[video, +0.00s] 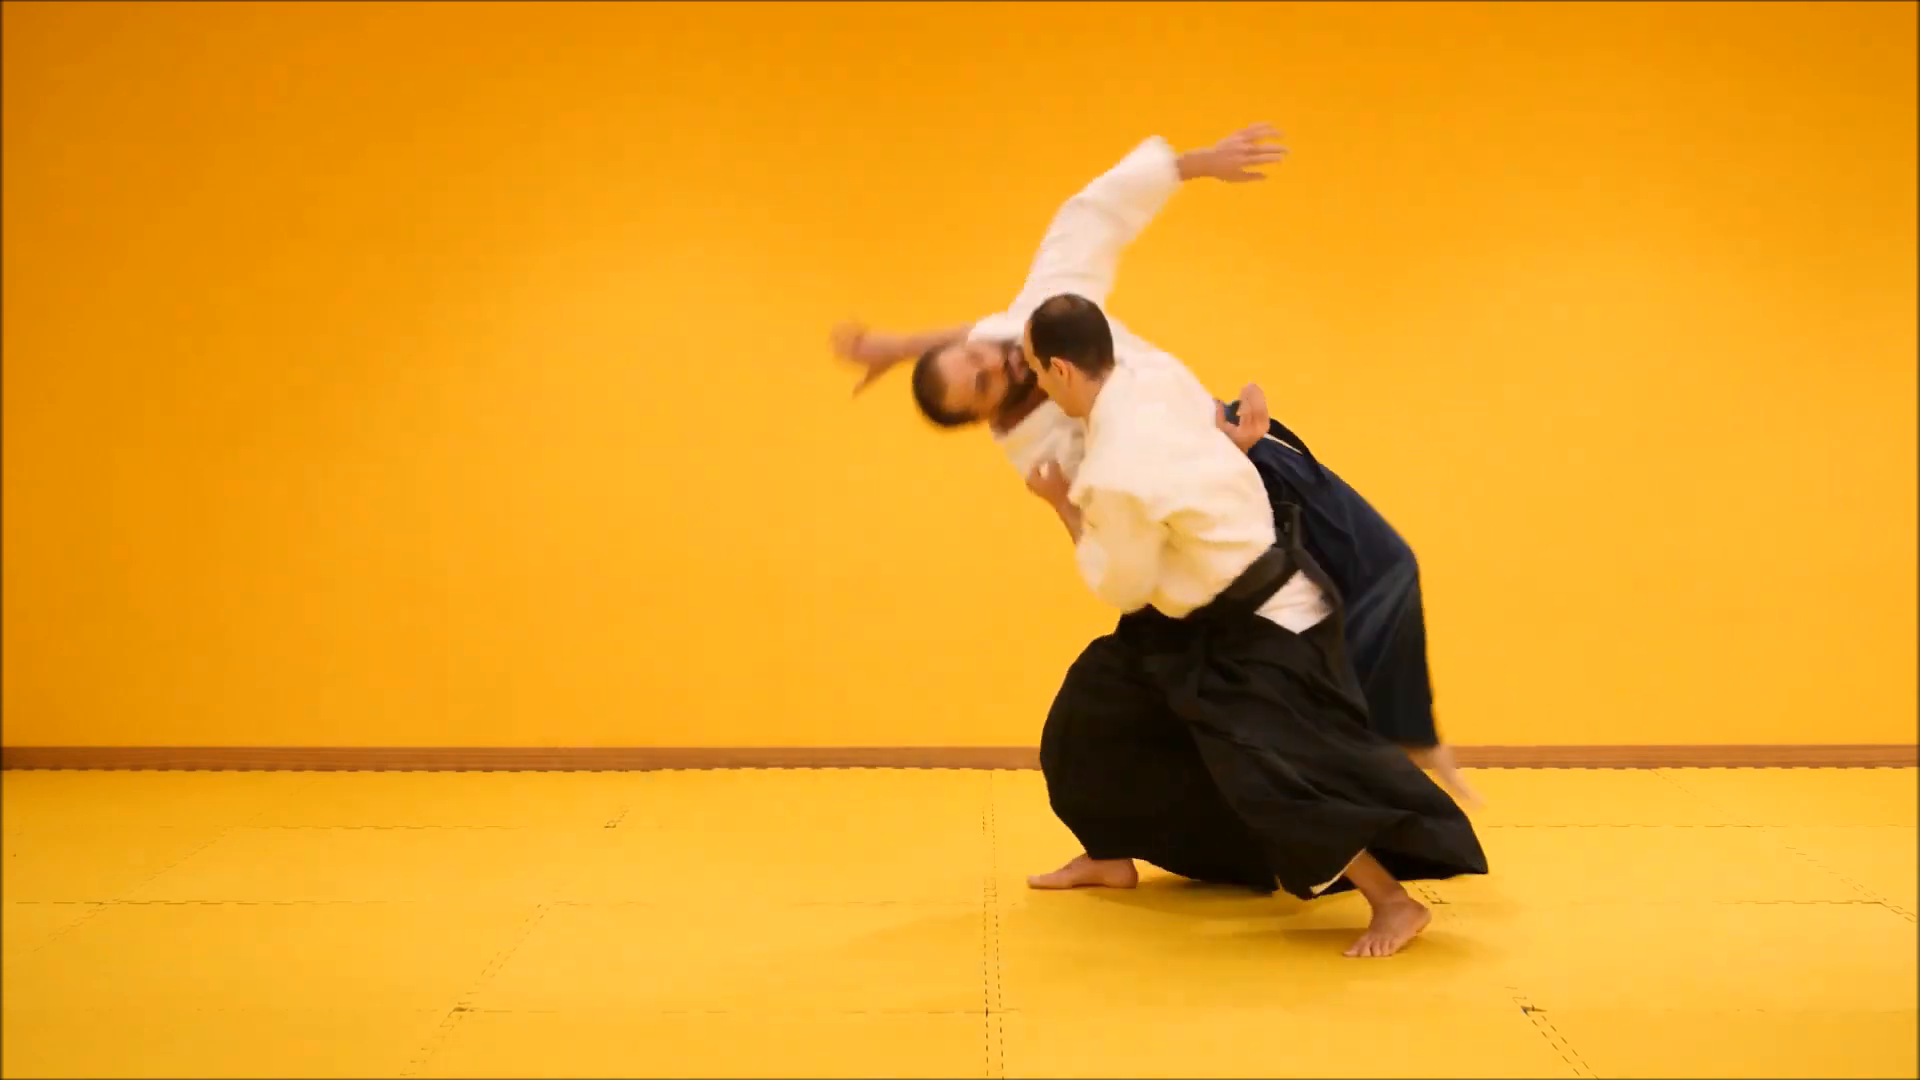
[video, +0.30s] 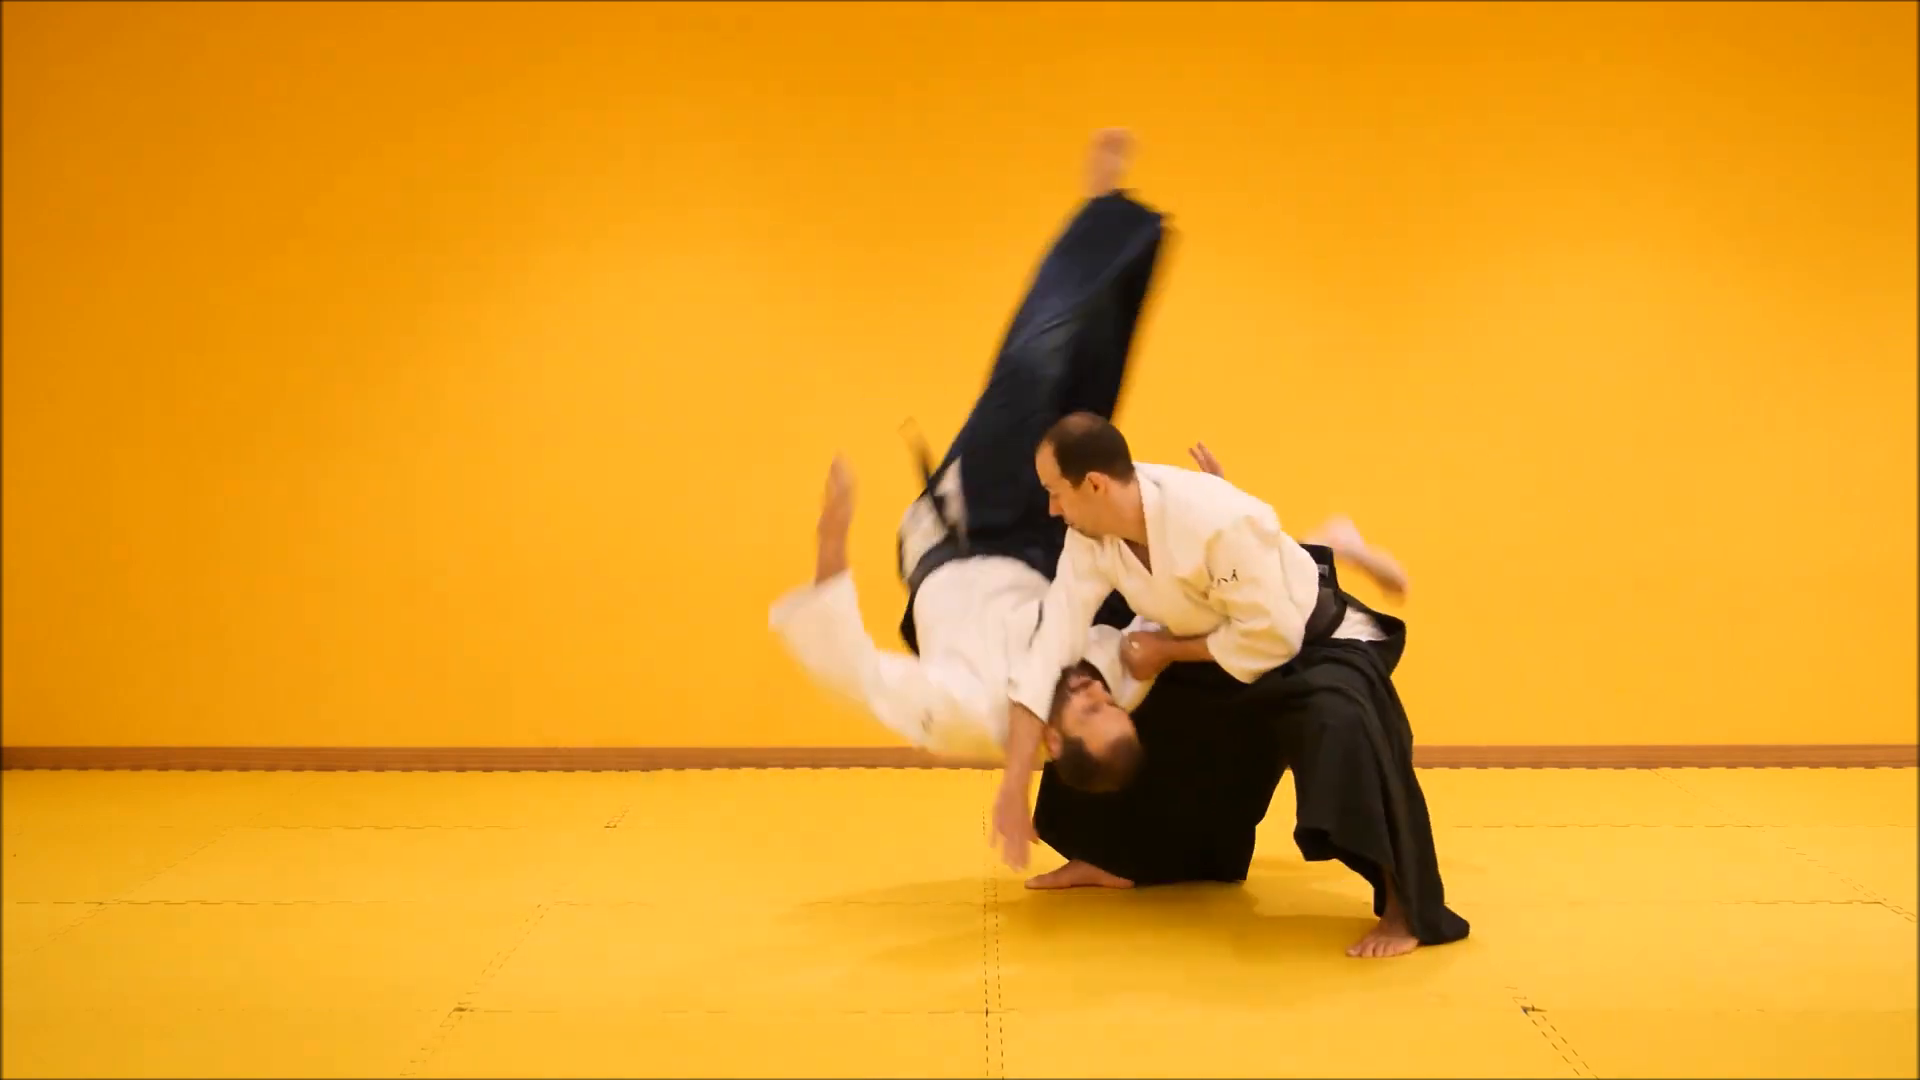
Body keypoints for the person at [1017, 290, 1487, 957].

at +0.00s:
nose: (1039, 380)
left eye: (1038, 369)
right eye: (1031, 368)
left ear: (1062, 370)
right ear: (1097, 344)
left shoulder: (1119, 468)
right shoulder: (1135, 361)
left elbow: (1122, 585)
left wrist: (1064, 509)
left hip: (1262, 621)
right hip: (1183, 619)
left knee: (1261, 771)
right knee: (1086, 715)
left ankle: (1392, 901)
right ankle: (1108, 854)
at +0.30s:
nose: (1049, 506)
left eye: (1053, 490)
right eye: (1046, 491)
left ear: (1094, 484)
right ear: (1095, 483)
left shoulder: (1219, 520)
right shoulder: (1088, 533)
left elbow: (1275, 636)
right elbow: (1049, 650)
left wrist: (1172, 650)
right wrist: (1013, 787)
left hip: (1316, 642)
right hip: (1207, 652)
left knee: (1337, 720)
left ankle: (1401, 901)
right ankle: (1109, 855)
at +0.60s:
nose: (1045, 548)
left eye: (1050, 532)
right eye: (1042, 533)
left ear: (1097, 523)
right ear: (1091, 525)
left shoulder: (1218, 547)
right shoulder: (1080, 576)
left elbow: (1277, 653)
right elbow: (1070, 683)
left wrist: (1175, 693)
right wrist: (1078, 812)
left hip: (1312, 655)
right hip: (1209, 685)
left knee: (1322, 714)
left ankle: (1399, 902)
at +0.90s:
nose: (1065, 445)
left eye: (1072, 431)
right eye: (1061, 432)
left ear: (1121, 422)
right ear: (1112, 422)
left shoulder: (1194, 489)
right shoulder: (1095, 468)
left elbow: (1176, 626)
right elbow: (1057, 554)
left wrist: (1072, 659)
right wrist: (1004, 632)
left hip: (1293, 639)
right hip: (1206, 642)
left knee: (1295, 730)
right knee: (1090, 694)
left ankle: (1389, 911)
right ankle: (1152, 863)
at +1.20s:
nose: (1160, 331)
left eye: (1169, 314)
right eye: (1158, 315)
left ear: (1217, 303)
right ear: (1207, 306)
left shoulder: (1245, 380)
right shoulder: (1227, 362)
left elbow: (1242, 513)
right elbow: (1208, 487)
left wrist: (1181, 613)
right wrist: (1147, 562)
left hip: (1349, 586)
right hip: (1296, 577)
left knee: (1293, 717)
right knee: (1198, 676)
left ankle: (1406, 909)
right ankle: (1195, 844)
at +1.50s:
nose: (1215, 306)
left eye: (1228, 289)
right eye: (1211, 291)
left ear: (1276, 289)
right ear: (1220, 295)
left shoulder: (1338, 366)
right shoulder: (1229, 380)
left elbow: (1446, 451)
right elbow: (1206, 483)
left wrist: (1395, 534)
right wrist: (1154, 572)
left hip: (1403, 552)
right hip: (1333, 556)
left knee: (1394, 709)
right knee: (1261, 691)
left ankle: (1435, 883)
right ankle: (1313, 827)